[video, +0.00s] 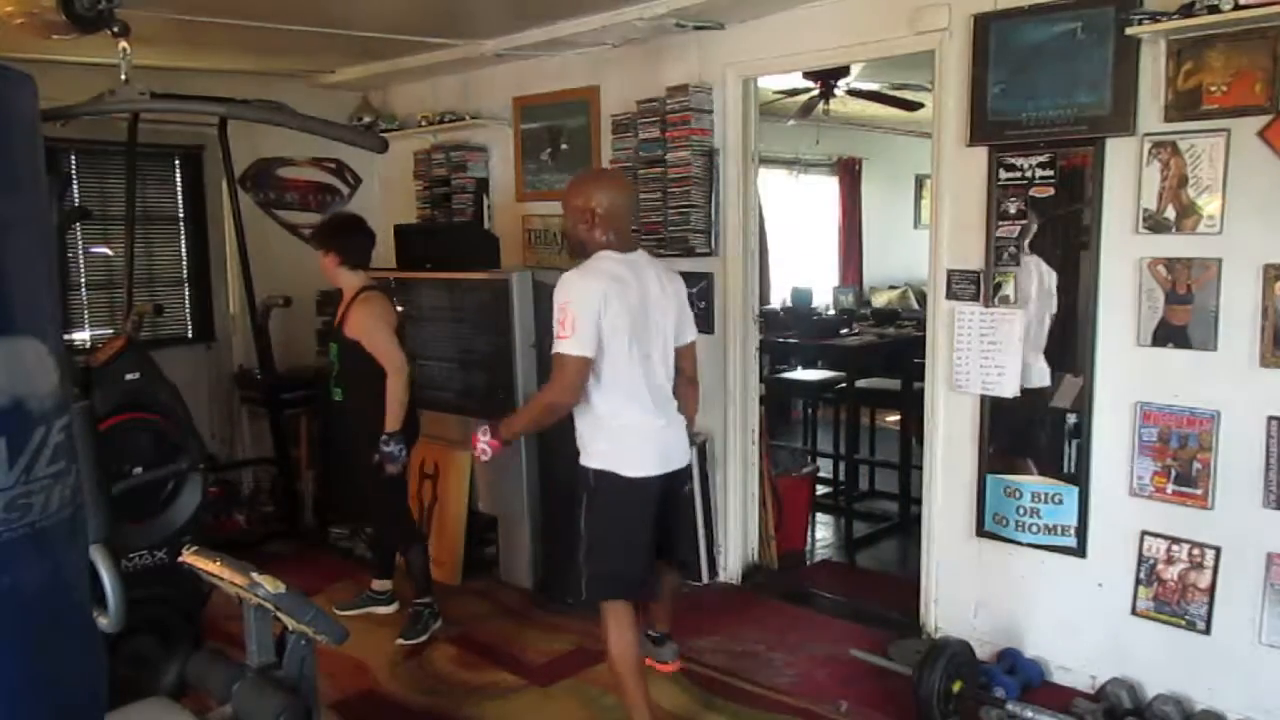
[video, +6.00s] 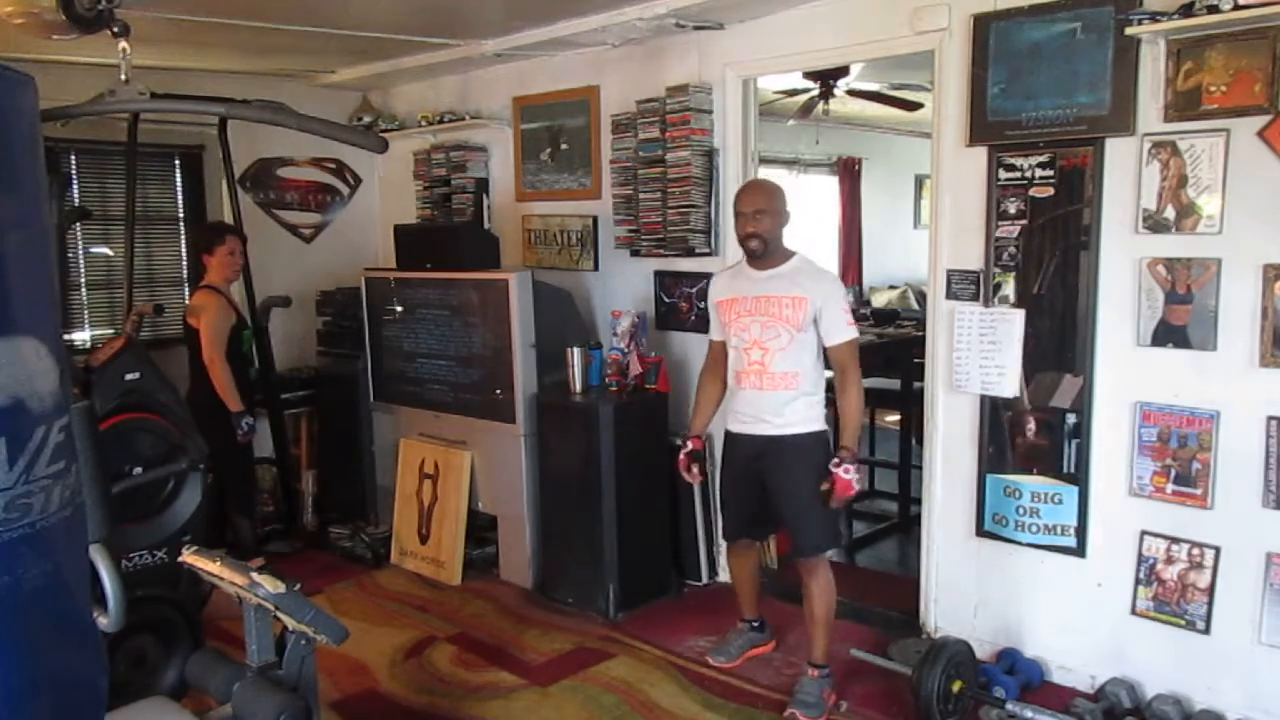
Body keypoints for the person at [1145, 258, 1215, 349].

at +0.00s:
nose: (1180, 272)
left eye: (1183, 269)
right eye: (1177, 269)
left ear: (1188, 271)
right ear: (1172, 272)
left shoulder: (1191, 286)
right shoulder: (1168, 286)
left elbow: (1213, 270)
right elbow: (1151, 265)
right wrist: (1167, 260)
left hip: (1182, 328)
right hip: (1165, 327)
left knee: (1188, 357)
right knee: (1155, 356)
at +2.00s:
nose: (1184, 272)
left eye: (1186, 269)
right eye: (1181, 269)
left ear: (1189, 271)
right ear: (1173, 271)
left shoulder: (1191, 287)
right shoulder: (1168, 286)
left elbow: (1212, 269)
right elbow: (1151, 266)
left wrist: (1194, 262)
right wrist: (1165, 261)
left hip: (1182, 329)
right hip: (1165, 328)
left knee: (1189, 358)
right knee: (1154, 357)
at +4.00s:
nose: (1181, 272)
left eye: (1184, 269)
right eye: (1177, 269)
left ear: (1188, 272)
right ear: (1173, 272)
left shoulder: (1191, 287)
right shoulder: (1168, 286)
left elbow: (1212, 269)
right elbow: (1151, 265)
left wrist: (1196, 262)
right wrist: (1165, 261)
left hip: (1182, 329)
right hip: (1165, 327)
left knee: (1189, 358)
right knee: (1155, 357)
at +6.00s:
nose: (1179, 273)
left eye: (1183, 270)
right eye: (1177, 270)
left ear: (1188, 273)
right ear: (1173, 272)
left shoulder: (1191, 287)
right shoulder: (1168, 286)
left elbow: (1213, 268)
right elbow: (1151, 265)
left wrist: (1195, 262)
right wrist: (1166, 262)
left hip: (1181, 329)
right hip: (1165, 328)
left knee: (1190, 357)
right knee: (1154, 356)